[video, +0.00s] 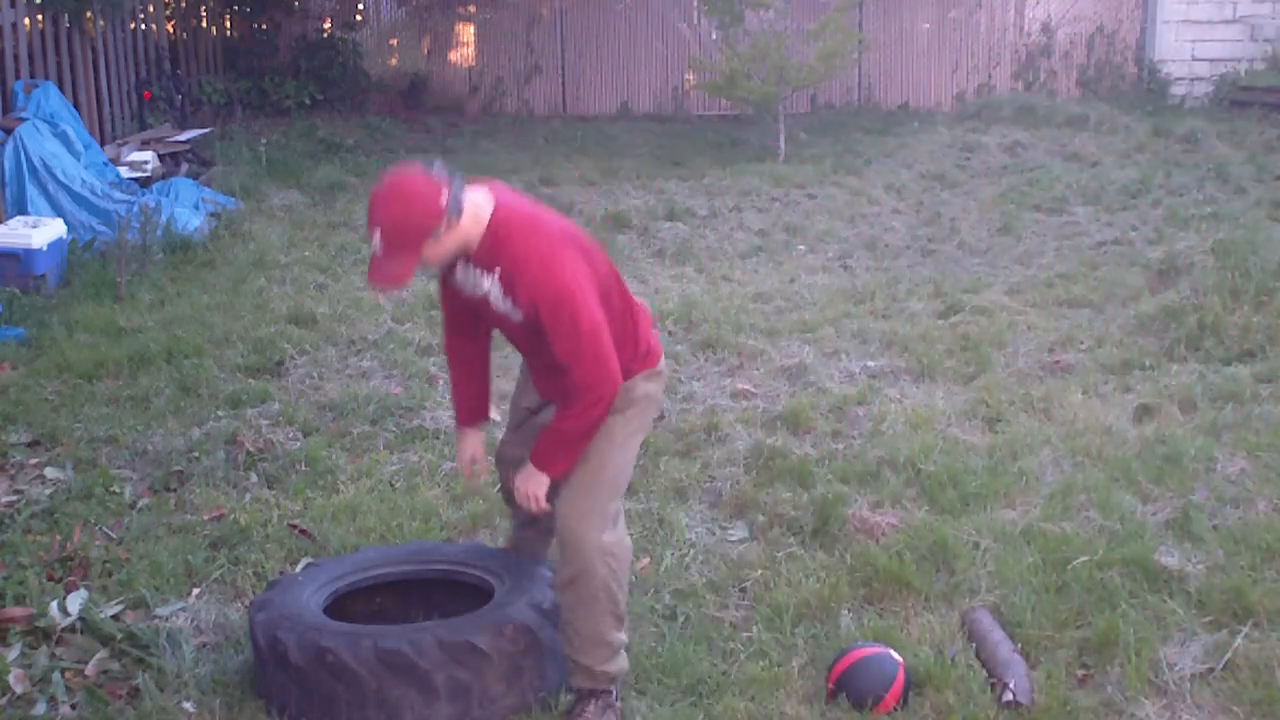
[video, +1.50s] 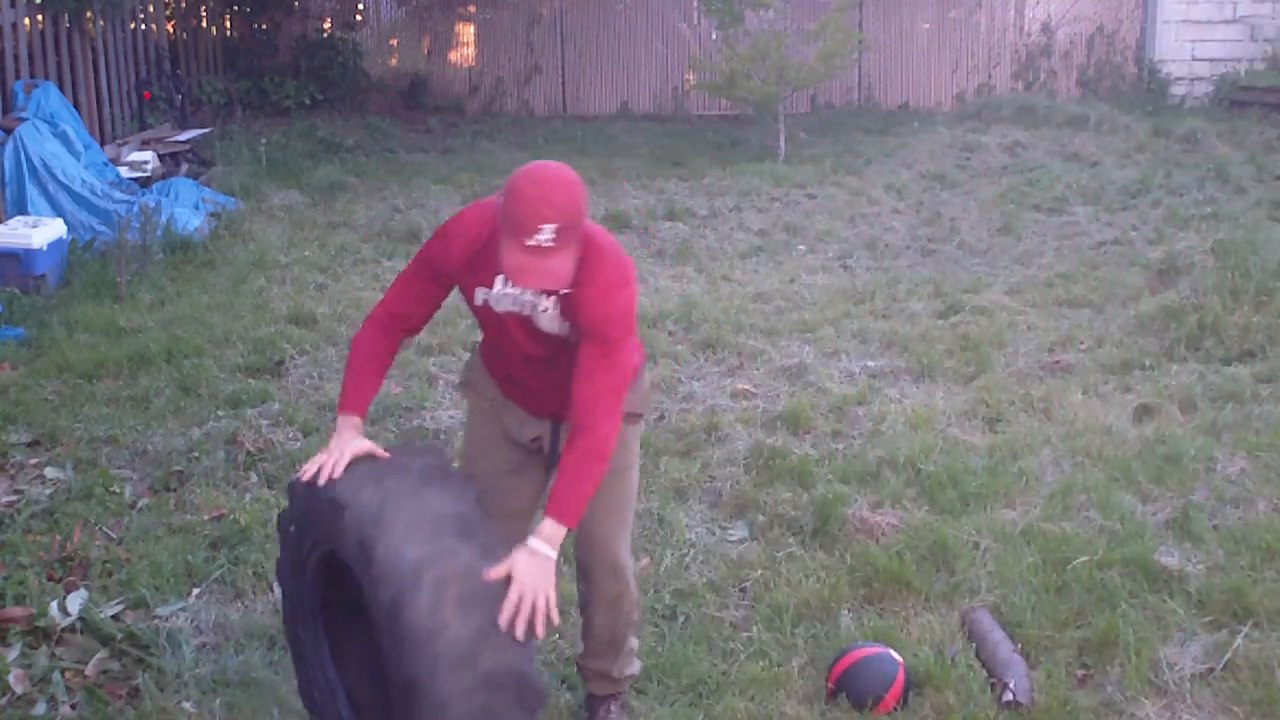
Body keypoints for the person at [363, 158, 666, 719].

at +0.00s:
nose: (423, 265)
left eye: (423, 254)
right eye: (414, 257)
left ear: (445, 223)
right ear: (437, 219)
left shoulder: (541, 257)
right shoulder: (455, 239)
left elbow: (600, 382)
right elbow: (465, 334)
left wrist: (544, 466)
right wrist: (470, 424)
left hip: (623, 373)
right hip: (549, 366)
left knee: (582, 521)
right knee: (518, 468)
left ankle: (598, 686)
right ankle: (527, 597)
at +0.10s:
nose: (416, 321)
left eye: (416, 311)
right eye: (410, 315)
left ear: (437, 283)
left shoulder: (533, 298)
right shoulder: (439, 287)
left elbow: (602, 404)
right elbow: (446, 383)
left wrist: (544, 485)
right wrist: (459, 475)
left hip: (620, 386)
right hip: (540, 385)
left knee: (581, 516)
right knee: (496, 485)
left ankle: (598, 684)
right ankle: (523, 610)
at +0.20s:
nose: (408, 376)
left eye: (407, 363)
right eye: (399, 368)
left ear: (429, 335)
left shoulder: (523, 336)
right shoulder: (423, 335)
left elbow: (602, 422)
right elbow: (436, 423)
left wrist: (538, 490)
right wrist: (448, 517)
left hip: (617, 393)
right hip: (528, 397)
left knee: (580, 513)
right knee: (466, 486)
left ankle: (597, 681)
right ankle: (509, 626)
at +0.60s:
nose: (468, 385)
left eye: (471, 369)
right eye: (457, 373)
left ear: (494, 336)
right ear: (434, 340)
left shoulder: (567, 340)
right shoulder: (450, 331)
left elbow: (625, 426)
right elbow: (445, 420)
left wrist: (553, 498)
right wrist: (449, 516)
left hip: (633, 391)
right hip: (537, 392)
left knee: (600, 513)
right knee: (485, 476)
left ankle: (600, 680)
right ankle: (496, 638)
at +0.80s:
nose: (529, 337)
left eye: (541, 326)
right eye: (519, 327)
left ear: (567, 298)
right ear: (496, 290)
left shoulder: (614, 298)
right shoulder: (478, 272)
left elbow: (638, 418)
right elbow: (443, 365)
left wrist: (567, 497)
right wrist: (434, 460)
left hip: (633, 393)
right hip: (549, 390)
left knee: (624, 529)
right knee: (527, 517)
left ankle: (608, 684)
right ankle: (514, 644)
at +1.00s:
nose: (600, 284)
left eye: (615, 274)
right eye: (591, 271)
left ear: (641, 249)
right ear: (566, 230)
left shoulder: (660, 282)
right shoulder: (515, 237)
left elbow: (639, 395)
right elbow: (452, 333)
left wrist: (561, 460)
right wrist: (421, 452)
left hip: (628, 402)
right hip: (537, 390)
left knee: (628, 540)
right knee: (513, 529)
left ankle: (611, 686)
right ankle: (500, 667)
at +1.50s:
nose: (539, 277)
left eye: (552, 266)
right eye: (526, 265)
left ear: (578, 239)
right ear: (501, 230)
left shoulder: (607, 272)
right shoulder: (465, 239)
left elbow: (596, 421)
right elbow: (387, 324)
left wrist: (546, 544)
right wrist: (348, 426)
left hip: (602, 409)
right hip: (504, 396)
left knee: (605, 556)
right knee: (486, 548)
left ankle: (607, 691)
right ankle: (483, 684)